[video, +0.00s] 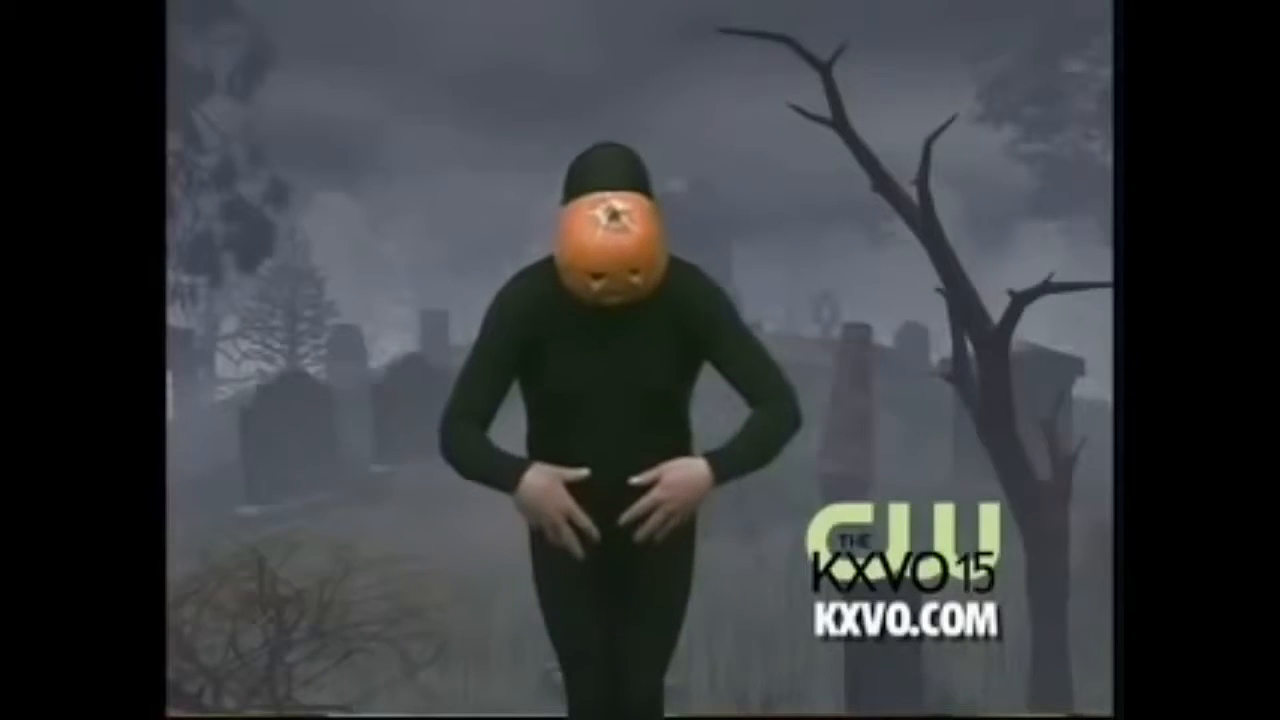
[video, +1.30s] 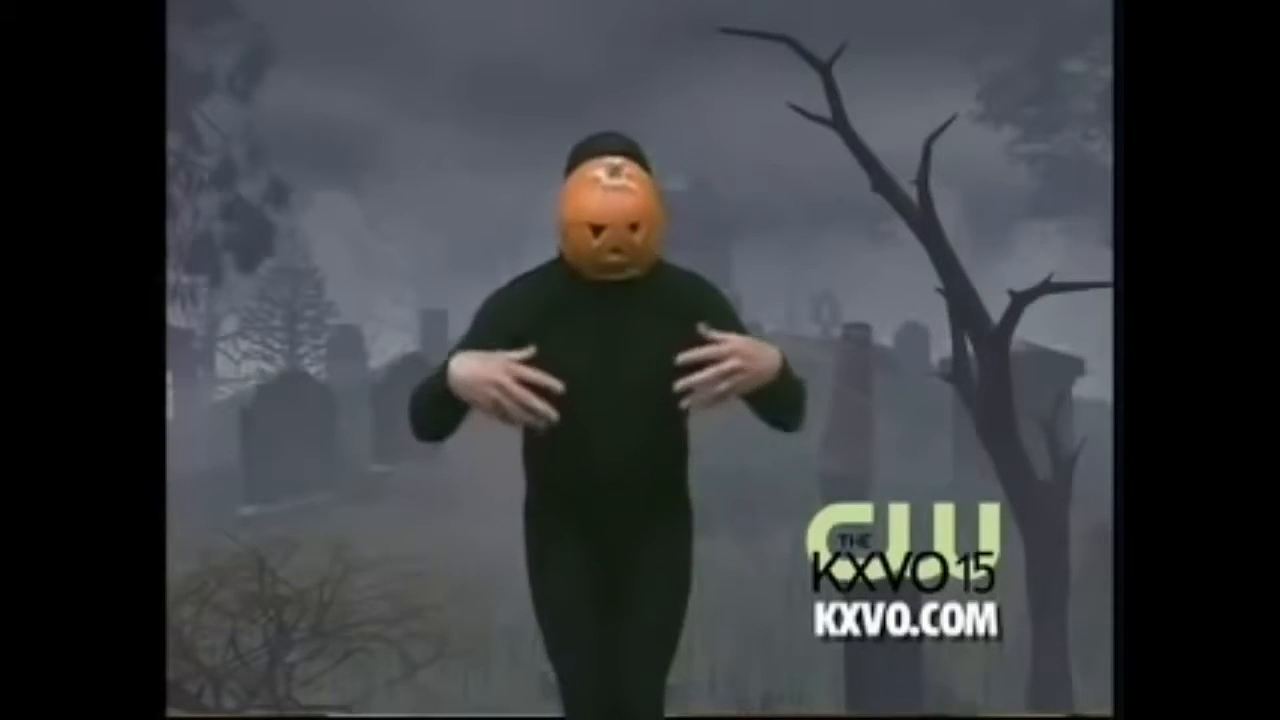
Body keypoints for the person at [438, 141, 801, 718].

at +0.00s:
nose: (609, 220)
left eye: (626, 206)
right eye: (592, 206)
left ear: (653, 219)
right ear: (565, 221)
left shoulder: (687, 294)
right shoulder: (528, 299)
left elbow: (780, 409)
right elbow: (458, 435)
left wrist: (710, 471)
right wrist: (520, 478)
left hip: (660, 527)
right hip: (562, 528)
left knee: (639, 694)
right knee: (589, 694)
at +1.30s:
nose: (614, 242)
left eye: (632, 226)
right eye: (596, 227)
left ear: (659, 219)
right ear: (562, 219)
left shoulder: (690, 301)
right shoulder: (521, 305)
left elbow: (787, 415)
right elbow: (428, 425)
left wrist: (771, 368)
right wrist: (453, 378)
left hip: (657, 532)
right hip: (562, 535)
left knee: (639, 695)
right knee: (586, 696)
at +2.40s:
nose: (615, 207)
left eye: (632, 194)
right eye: (595, 193)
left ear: (657, 209)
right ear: (559, 210)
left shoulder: (694, 300)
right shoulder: (507, 304)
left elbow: (817, 341)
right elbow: (380, 350)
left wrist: (835, 274)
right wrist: (378, 283)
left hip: (658, 544)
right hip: (556, 548)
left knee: (676, 704)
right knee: (574, 706)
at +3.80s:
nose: (617, 180)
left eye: (633, 171)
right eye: (595, 169)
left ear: (658, 205)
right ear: (559, 206)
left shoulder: (700, 284)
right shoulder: (506, 288)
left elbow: (816, 258)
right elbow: (377, 264)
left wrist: (867, 169)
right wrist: (329, 172)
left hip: (664, 558)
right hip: (554, 563)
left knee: (722, 711)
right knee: (560, 713)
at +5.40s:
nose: (617, 188)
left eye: (634, 178)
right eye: (597, 177)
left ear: (660, 199)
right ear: (562, 200)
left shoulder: (689, 267)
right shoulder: (516, 267)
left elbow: (786, 176)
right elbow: (408, 177)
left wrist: (833, 70)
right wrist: (352, 53)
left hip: (665, 560)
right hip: (553, 565)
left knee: (725, 710)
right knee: (546, 711)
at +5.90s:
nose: (621, 197)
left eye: (637, 187)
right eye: (601, 186)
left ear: (662, 208)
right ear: (567, 210)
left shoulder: (688, 274)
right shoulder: (524, 273)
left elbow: (772, 165)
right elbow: (443, 166)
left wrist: (760, 39)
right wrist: (453, 30)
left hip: (667, 562)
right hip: (555, 566)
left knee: (728, 711)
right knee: (546, 711)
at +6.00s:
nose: (623, 200)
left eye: (639, 190)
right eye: (602, 189)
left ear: (665, 211)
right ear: (568, 214)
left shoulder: (688, 278)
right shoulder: (527, 278)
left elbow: (769, 169)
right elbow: (451, 173)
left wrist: (743, 39)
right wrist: (476, 32)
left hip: (666, 562)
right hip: (555, 565)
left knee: (728, 711)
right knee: (546, 711)